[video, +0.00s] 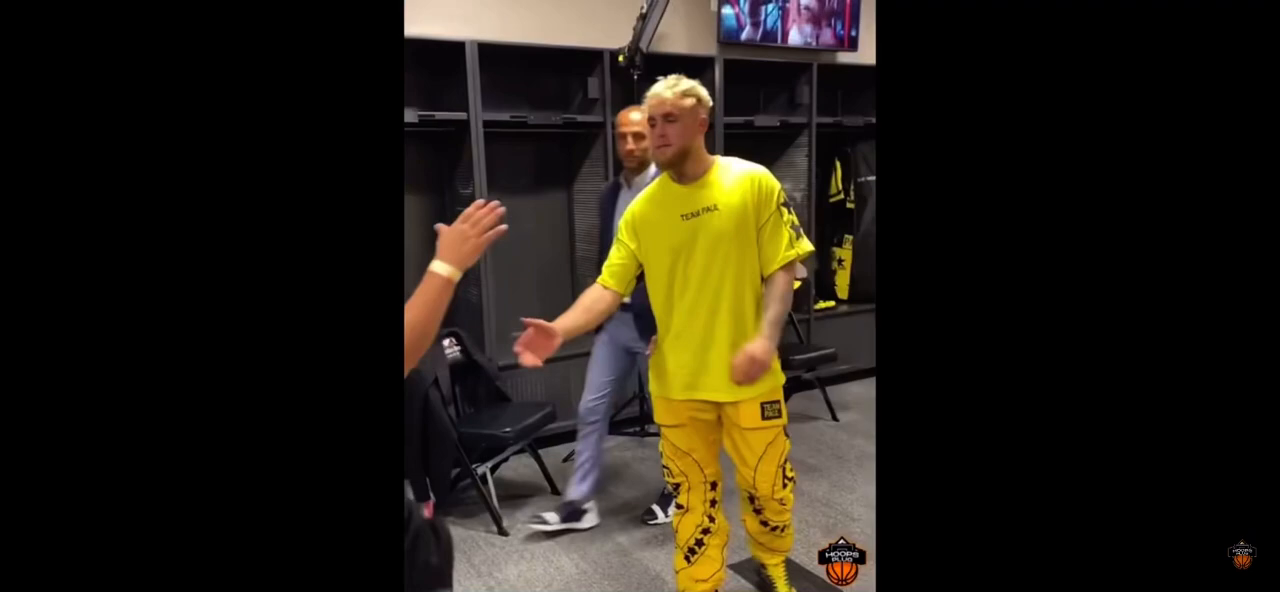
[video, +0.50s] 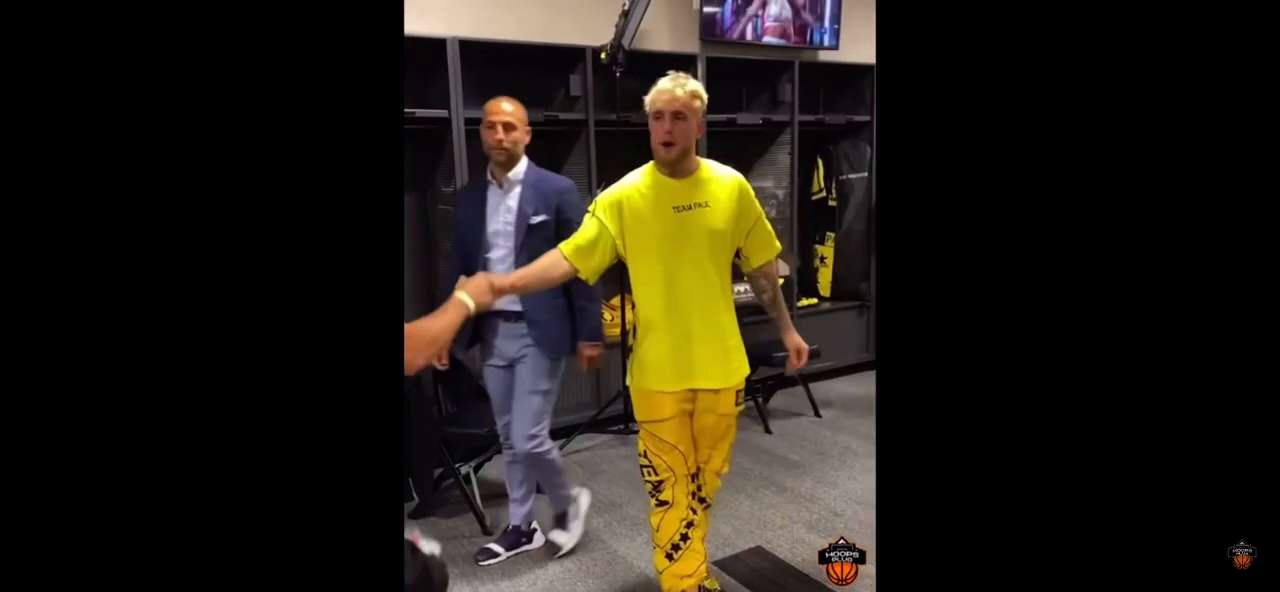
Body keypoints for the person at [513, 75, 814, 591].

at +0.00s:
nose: (655, 132)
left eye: (667, 120)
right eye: (650, 123)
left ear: (702, 122)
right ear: (646, 130)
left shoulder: (752, 183)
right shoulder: (641, 208)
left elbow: (782, 267)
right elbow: (609, 287)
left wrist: (766, 337)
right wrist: (557, 330)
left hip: (751, 376)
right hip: (679, 382)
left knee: (770, 490)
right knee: (693, 506)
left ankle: (772, 565)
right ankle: (698, 586)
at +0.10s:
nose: (651, 131)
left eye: (663, 120)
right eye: (645, 122)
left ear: (695, 121)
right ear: (639, 130)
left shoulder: (745, 186)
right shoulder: (633, 208)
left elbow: (778, 275)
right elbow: (596, 280)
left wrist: (794, 354)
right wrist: (537, 316)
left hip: (745, 374)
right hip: (670, 380)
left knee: (760, 490)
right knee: (688, 505)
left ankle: (752, 564)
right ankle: (695, 585)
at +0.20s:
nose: (652, 129)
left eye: (663, 117)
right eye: (644, 120)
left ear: (694, 121)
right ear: (638, 128)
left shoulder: (741, 185)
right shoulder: (628, 205)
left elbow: (779, 271)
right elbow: (586, 272)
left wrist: (811, 345)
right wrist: (528, 299)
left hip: (742, 373)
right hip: (665, 379)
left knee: (749, 481)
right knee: (684, 503)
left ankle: (726, 552)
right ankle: (688, 585)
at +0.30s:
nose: (657, 128)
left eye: (669, 116)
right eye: (649, 119)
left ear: (696, 121)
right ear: (641, 126)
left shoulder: (738, 186)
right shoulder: (625, 201)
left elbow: (778, 267)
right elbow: (583, 268)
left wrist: (812, 333)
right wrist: (517, 300)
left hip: (734, 370)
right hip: (661, 376)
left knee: (735, 478)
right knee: (677, 497)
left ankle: (689, 557)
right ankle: (688, 583)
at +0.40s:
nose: (665, 126)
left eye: (677, 115)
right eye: (656, 116)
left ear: (700, 122)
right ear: (646, 125)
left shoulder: (734, 189)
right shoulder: (625, 199)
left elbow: (772, 268)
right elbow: (571, 267)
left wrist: (803, 327)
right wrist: (503, 310)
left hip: (728, 362)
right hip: (660, 368)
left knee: (719, 477)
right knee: (673, 491)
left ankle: (685, 563)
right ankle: (690, 584)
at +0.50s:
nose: (667, 128)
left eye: (679, 117)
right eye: (659, 117)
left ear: (700, 126)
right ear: (648, 124)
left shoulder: (731, 188)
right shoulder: (624, 198)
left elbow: (765, 267)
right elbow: (569, 258)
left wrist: (788, 329)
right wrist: (500, 285)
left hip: (720, 362)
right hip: (655, 366)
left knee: (706, 483)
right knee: (673, 492)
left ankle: (686, 568)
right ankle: (685, 583)